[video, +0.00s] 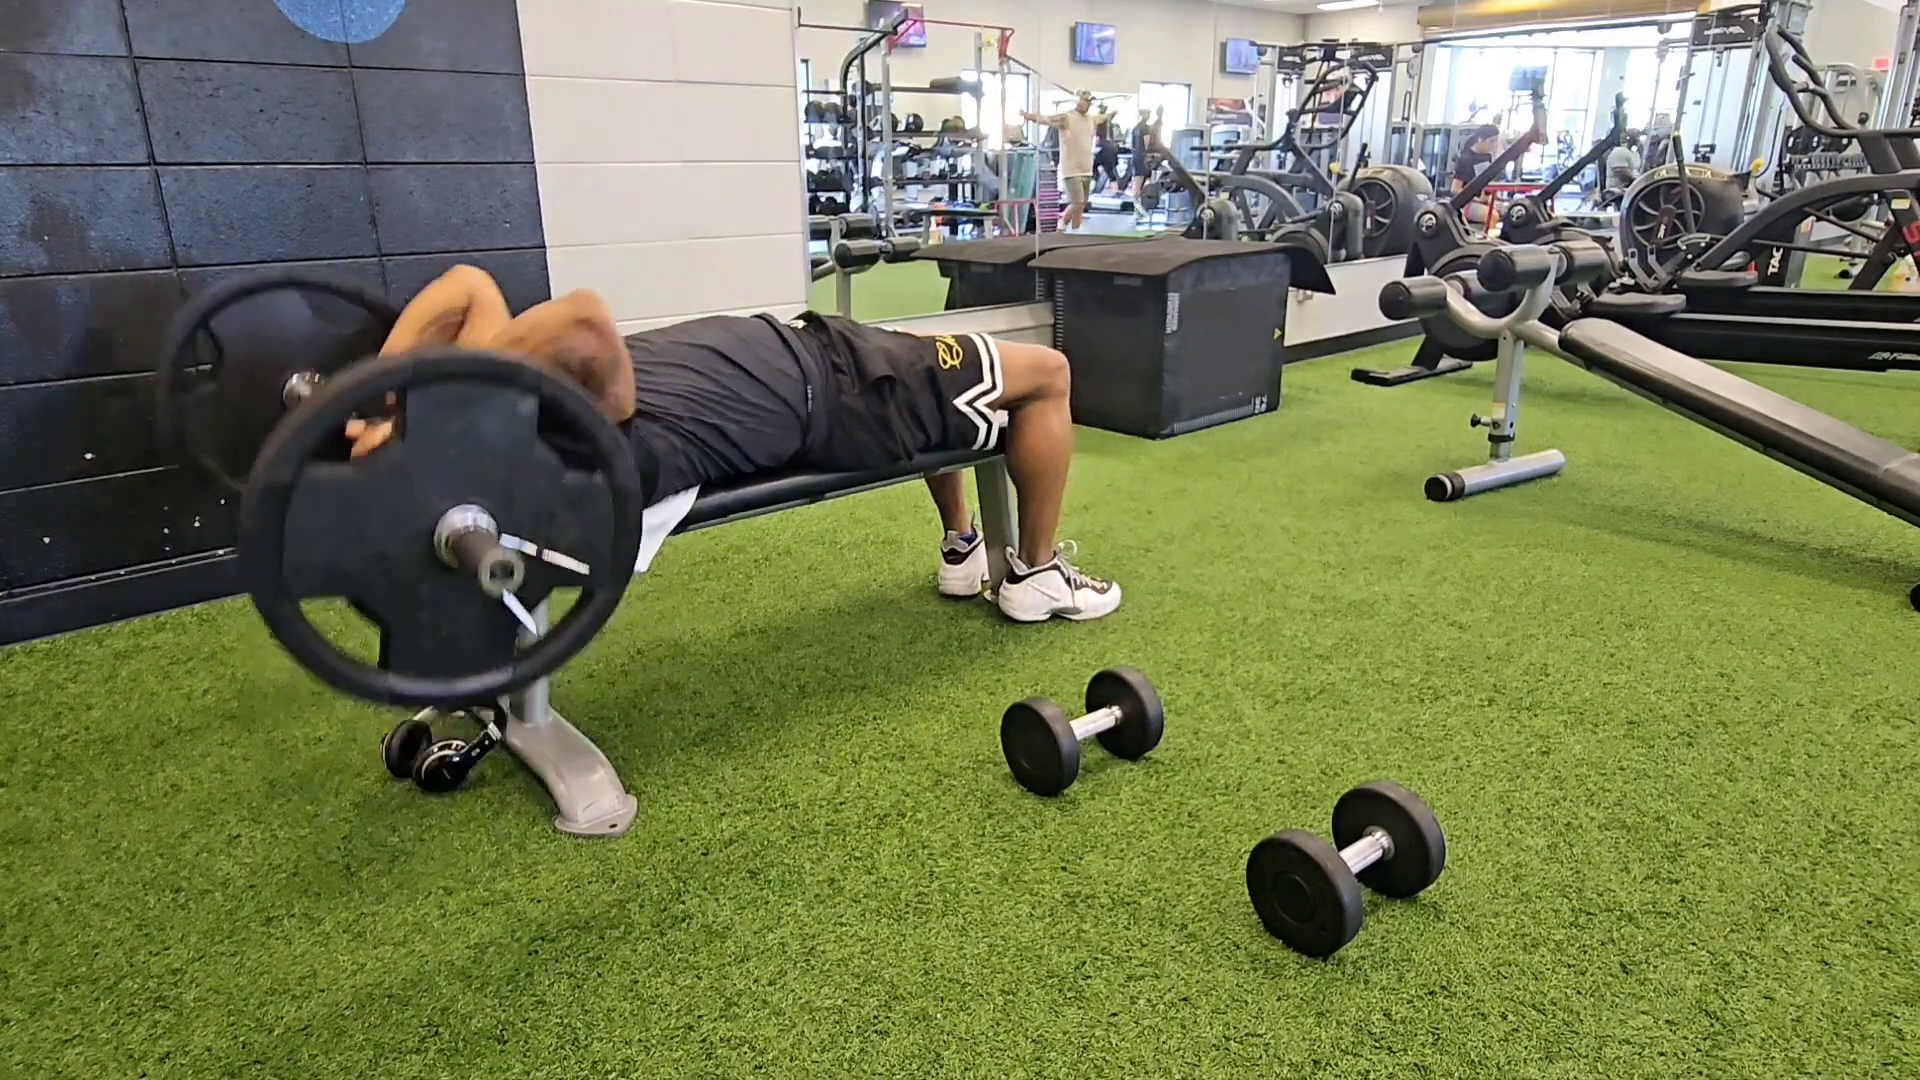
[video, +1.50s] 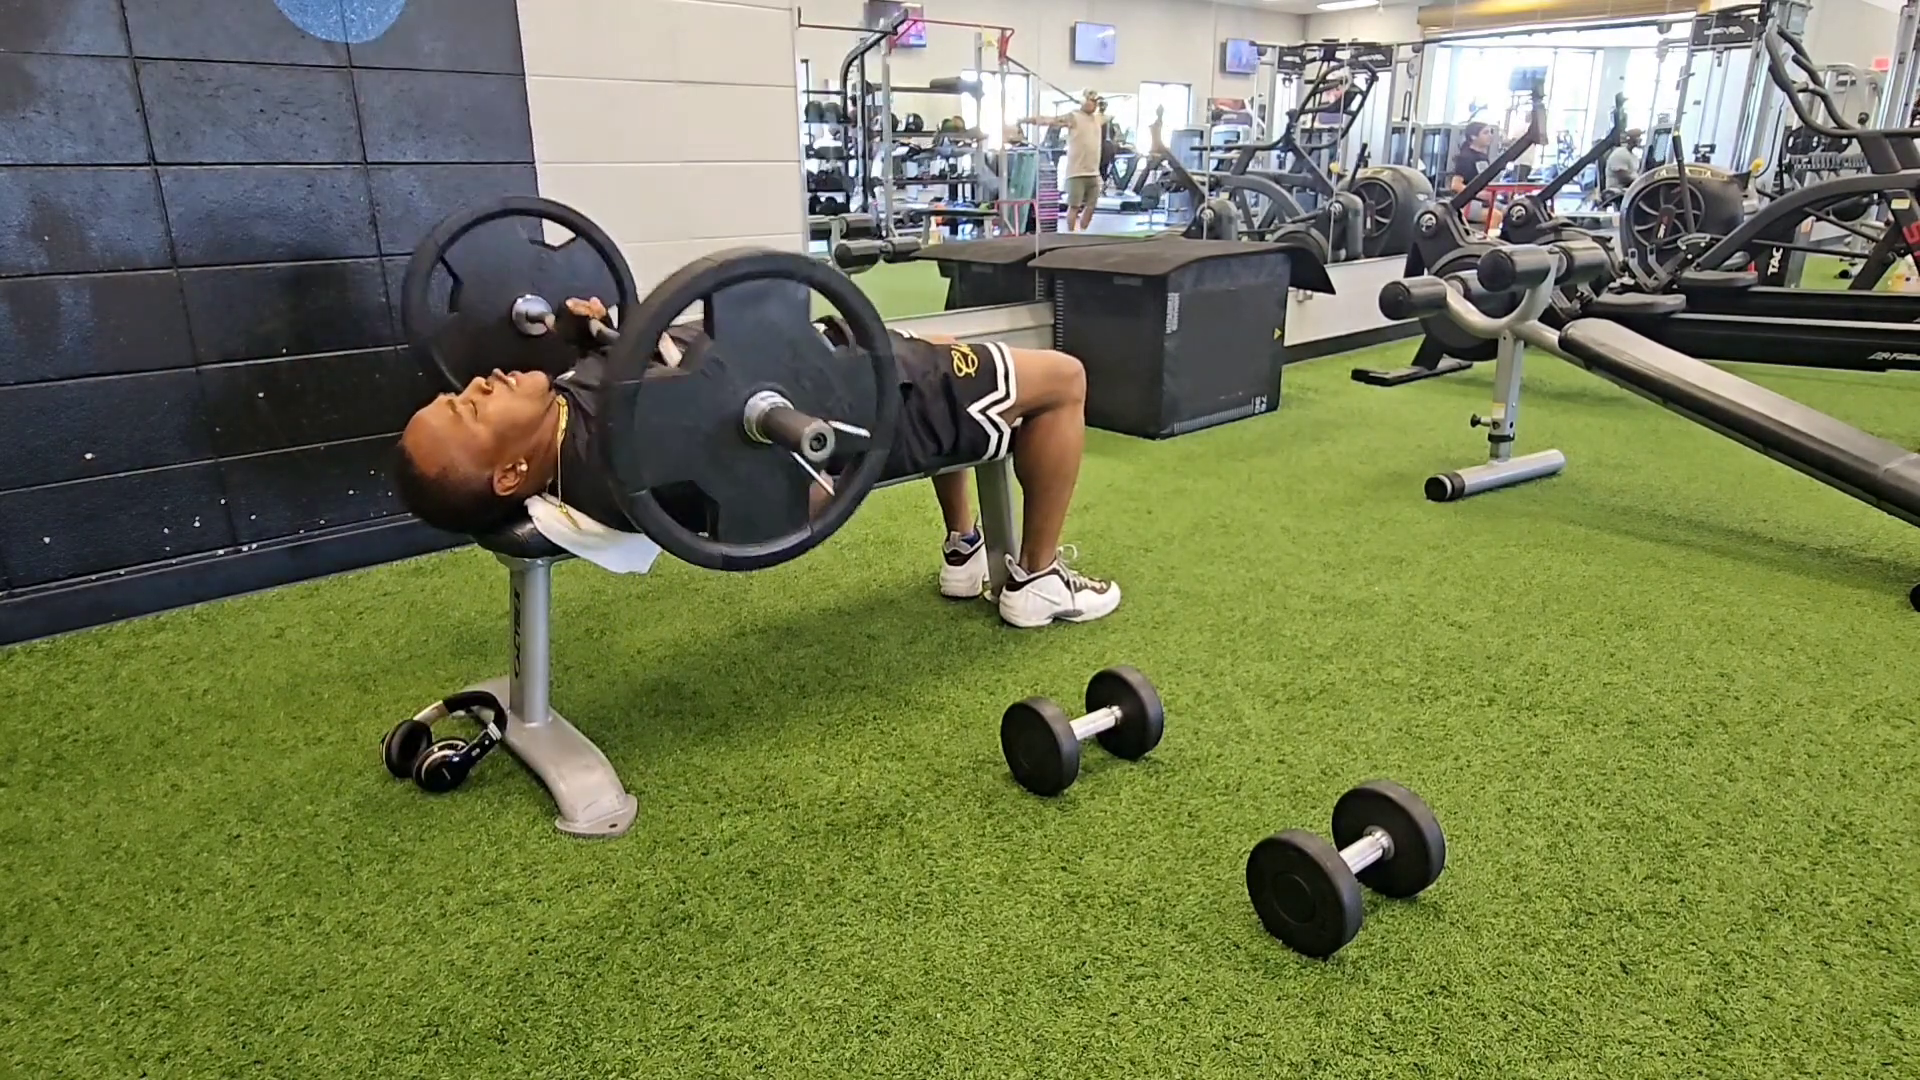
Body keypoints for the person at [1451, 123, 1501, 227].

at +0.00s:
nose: (1495, 145)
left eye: (1496, 141)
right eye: (1492, 141)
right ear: (1480, 140)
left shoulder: (1488, 157)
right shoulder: (1466, 158)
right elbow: (1455, 188)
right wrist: (1479, 198)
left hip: (1486, 199)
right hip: (1468, 202)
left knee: (1509, 209)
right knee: (1492, 215)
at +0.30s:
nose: (1489, 144)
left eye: (1490, 140)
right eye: (1486, 140)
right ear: (1474, 139)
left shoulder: (1483, 157)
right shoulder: (1462, 159)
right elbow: (1454, 189)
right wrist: (1478, 199)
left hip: (1484, 198)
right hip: (1466, 202)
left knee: (1506, 209)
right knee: (1493, 215)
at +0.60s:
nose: (1488, 140)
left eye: (1488, 136)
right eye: (1484, 136)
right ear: (1471, 139)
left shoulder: (1482, 156)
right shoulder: (1462, 158)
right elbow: (1454, 190)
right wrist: (1478, 194)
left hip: (1484, 199)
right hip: (1465, 202)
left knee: (1507, 210)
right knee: (1494, 215)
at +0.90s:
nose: (1487, 138)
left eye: (1487, 134)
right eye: (1483, 134)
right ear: (1470, 137)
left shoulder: (1483, 157)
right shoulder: (1462, 156)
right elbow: (1452, 186)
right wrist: (1475, 191)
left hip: (1484, 200)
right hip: (1465, 202)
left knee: (1507, 211)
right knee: (1495, 216)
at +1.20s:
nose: (1488, 137)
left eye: (1488, 133)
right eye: (1483, 133)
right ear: (1471, 137)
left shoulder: (1483, 157)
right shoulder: (1463, 156)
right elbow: (1456, 183)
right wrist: (1480, 192)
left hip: (1485, 201)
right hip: (1467, 202)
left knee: (1508, 212)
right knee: (1495, 216)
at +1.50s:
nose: (1490, 135)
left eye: (1490, 132)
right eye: (1485, 132)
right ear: (1473, 137)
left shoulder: (1484, 156)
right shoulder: (1466, 156)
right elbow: (1456, 185)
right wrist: (1479, 194)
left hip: (1485, 201)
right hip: (1468, 202)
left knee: (1509, 212)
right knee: (1496, 216)